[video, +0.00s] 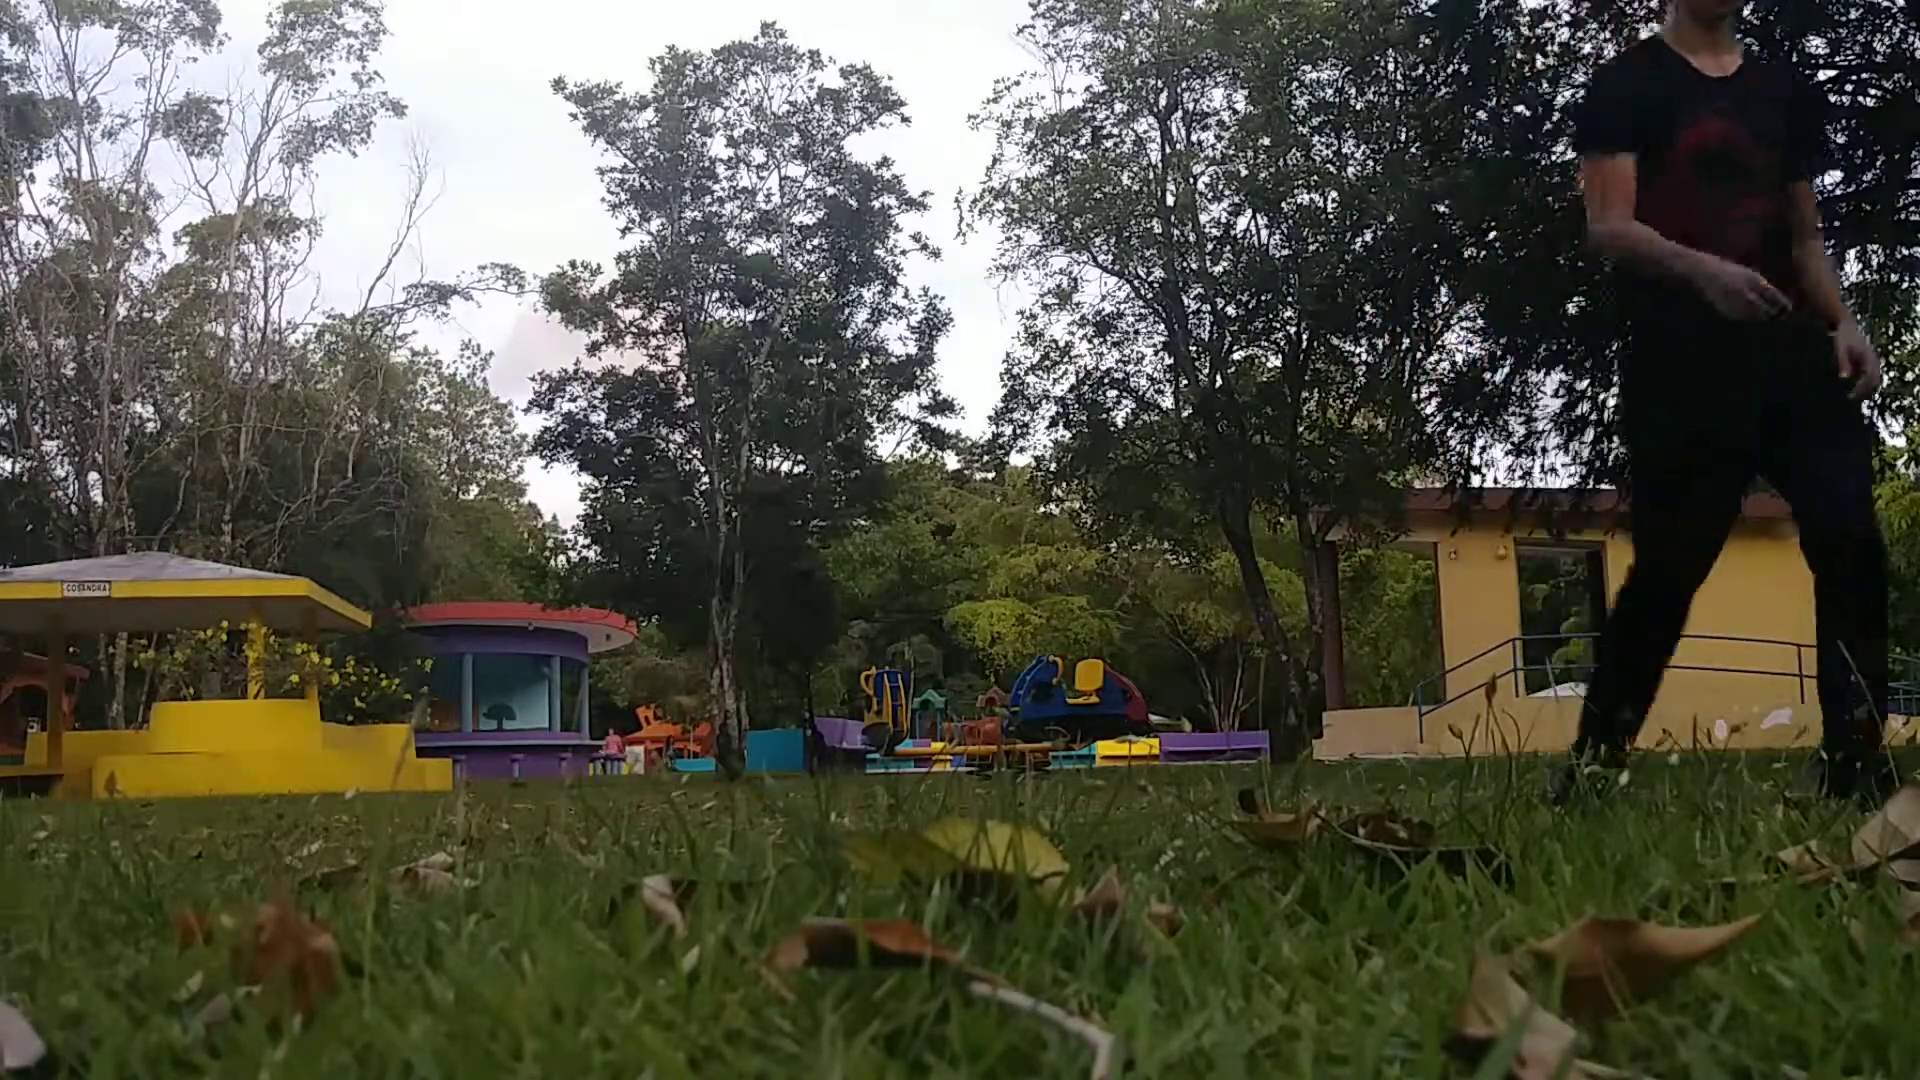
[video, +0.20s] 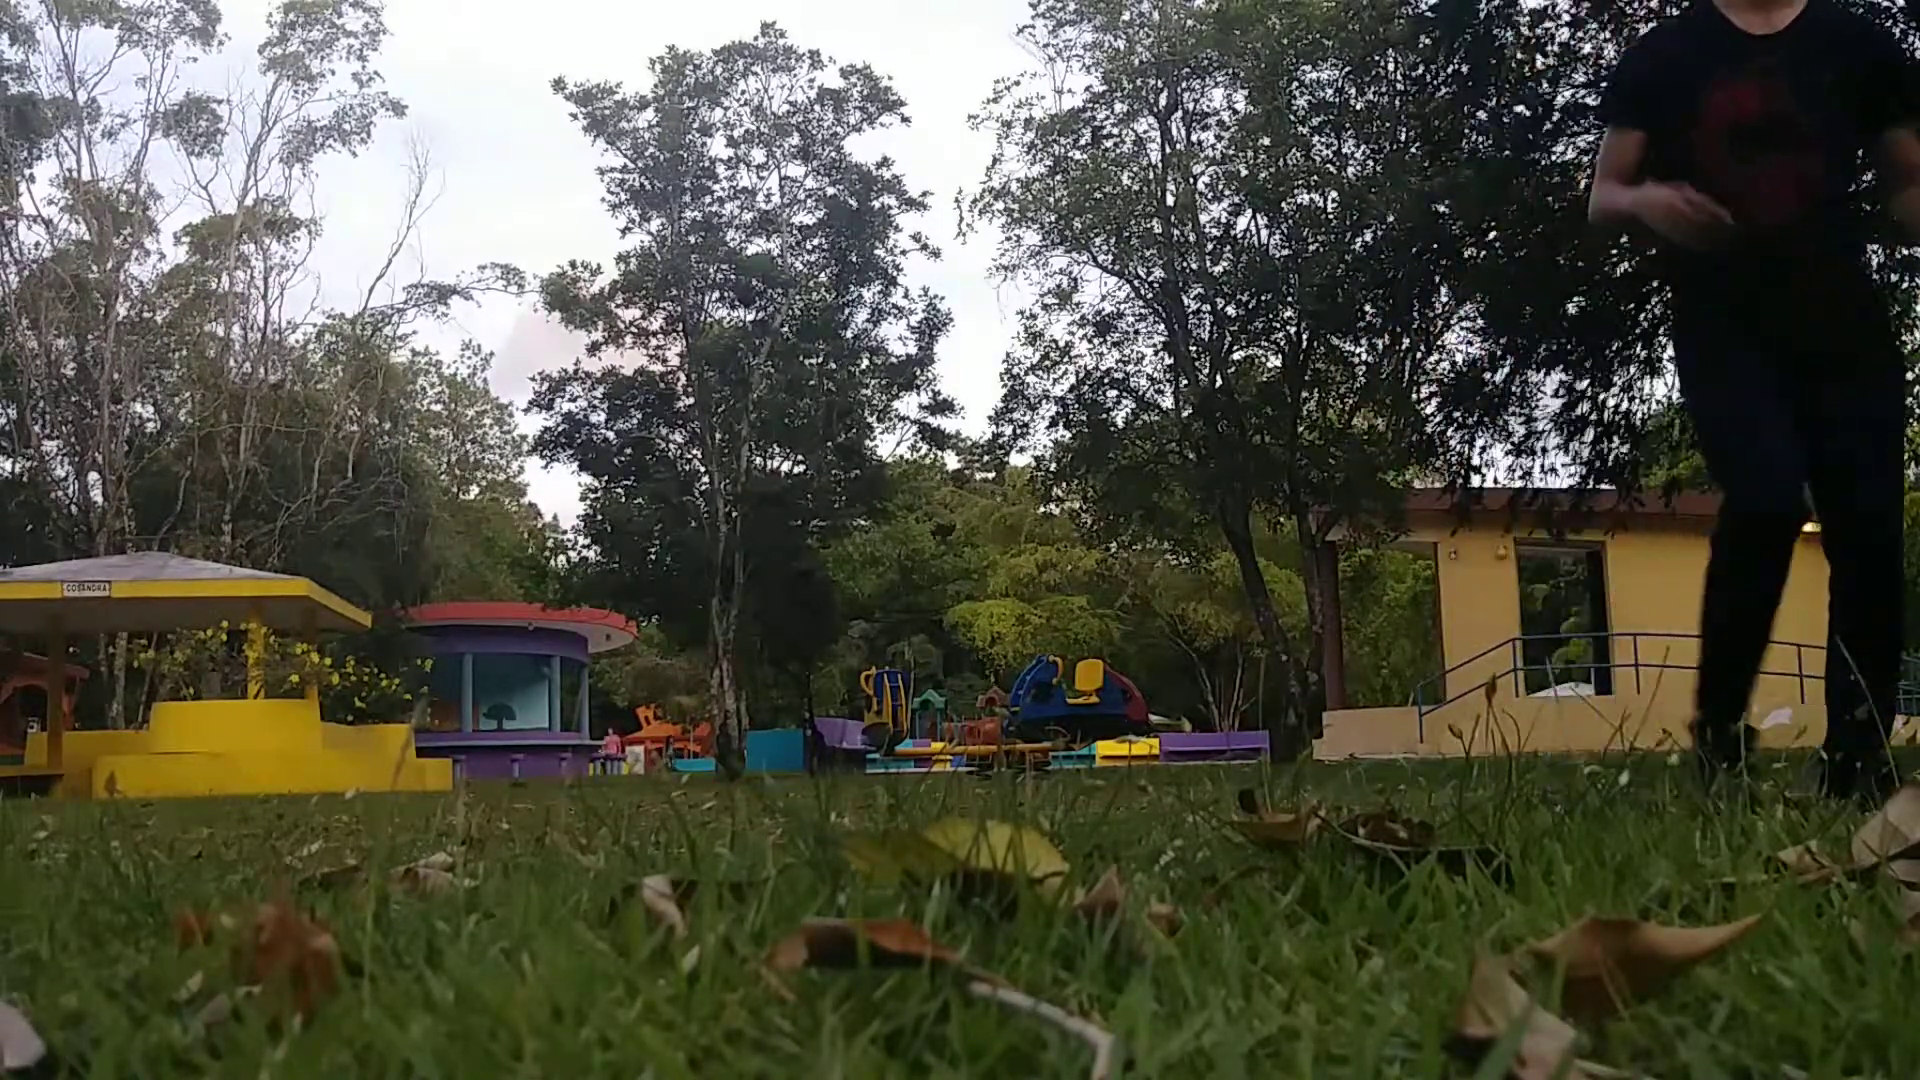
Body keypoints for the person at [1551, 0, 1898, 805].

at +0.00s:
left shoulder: (1785, 90)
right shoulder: (1626, 83)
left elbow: (1805, 239)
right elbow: (1608, 226)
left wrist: (1843, 318)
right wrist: (1702, 268)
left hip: (1793, 358)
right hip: (1683, 359)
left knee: (1853, 548)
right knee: (1669, 566)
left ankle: (1854, 761)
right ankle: (1594, 763)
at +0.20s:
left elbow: (1906, 191)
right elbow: (1603, 197)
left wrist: (1900, 209)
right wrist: (1647, 200)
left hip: (1842, 319)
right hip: (1723, 328)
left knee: (1871, 534)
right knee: (1765, 499)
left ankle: (1857, 757)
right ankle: (1719, 737)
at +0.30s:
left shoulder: (1872, 27)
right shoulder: (1686, 41)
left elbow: (1907, 147)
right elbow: (1616, 199)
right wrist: (1629, 128)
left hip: (1864, 313)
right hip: (1746, 328)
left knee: (1902, 524)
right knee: (1779, 529)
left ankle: (1874, 744)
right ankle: (1795, 755)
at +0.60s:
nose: (1754, 49)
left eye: (1767, 36)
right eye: (1753, 36)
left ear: (1837, 36)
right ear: (1750, 43)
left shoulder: (1883, 104)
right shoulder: (1770, 106)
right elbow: (1706, 225)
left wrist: (1878, 105)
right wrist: (1738, 115)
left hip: (1895, 351)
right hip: (1810, 349)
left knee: (1904, 538)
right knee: (1746, 507)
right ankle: (1756, 725)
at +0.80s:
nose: (1703, 58)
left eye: (1716, 38)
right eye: (1685, 49)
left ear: (1754, 46)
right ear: (1672, 82)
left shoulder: (1832, 115)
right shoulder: (1685, 175)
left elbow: (1887, 104)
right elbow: (1658, 212)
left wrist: (1804, 121)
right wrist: (1761, 106)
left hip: (1884, 403)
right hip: (1773, 421)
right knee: (1694, 605)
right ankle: (1700, 749)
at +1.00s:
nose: (1668, 147)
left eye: (1678, 127)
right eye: (1651, 136)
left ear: (1703, 129)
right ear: (1631, 151)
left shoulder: (1756, 201)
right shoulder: (1621, 231)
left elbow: (1837, 257)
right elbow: (1592, 368)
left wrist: (1753, 167)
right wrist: (1630, 321)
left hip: (1784, 456)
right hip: (1681, 463)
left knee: (1832, 611)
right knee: (1583, 618)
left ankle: (1812, 762)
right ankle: (1649, 751)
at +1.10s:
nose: (1665, 184)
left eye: (1677, 167)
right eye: (1649, 170)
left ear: (1698, 172)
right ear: (1629, 183)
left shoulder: (1748, 250)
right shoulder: (1620, 272)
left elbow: (1785, 332)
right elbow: (1548, 351)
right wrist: (1610, 293)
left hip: (1754, 498)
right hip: (1655, 502)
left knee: (1811, 634)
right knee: (1567, 642)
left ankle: (1807, 775)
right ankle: (1559, 782)